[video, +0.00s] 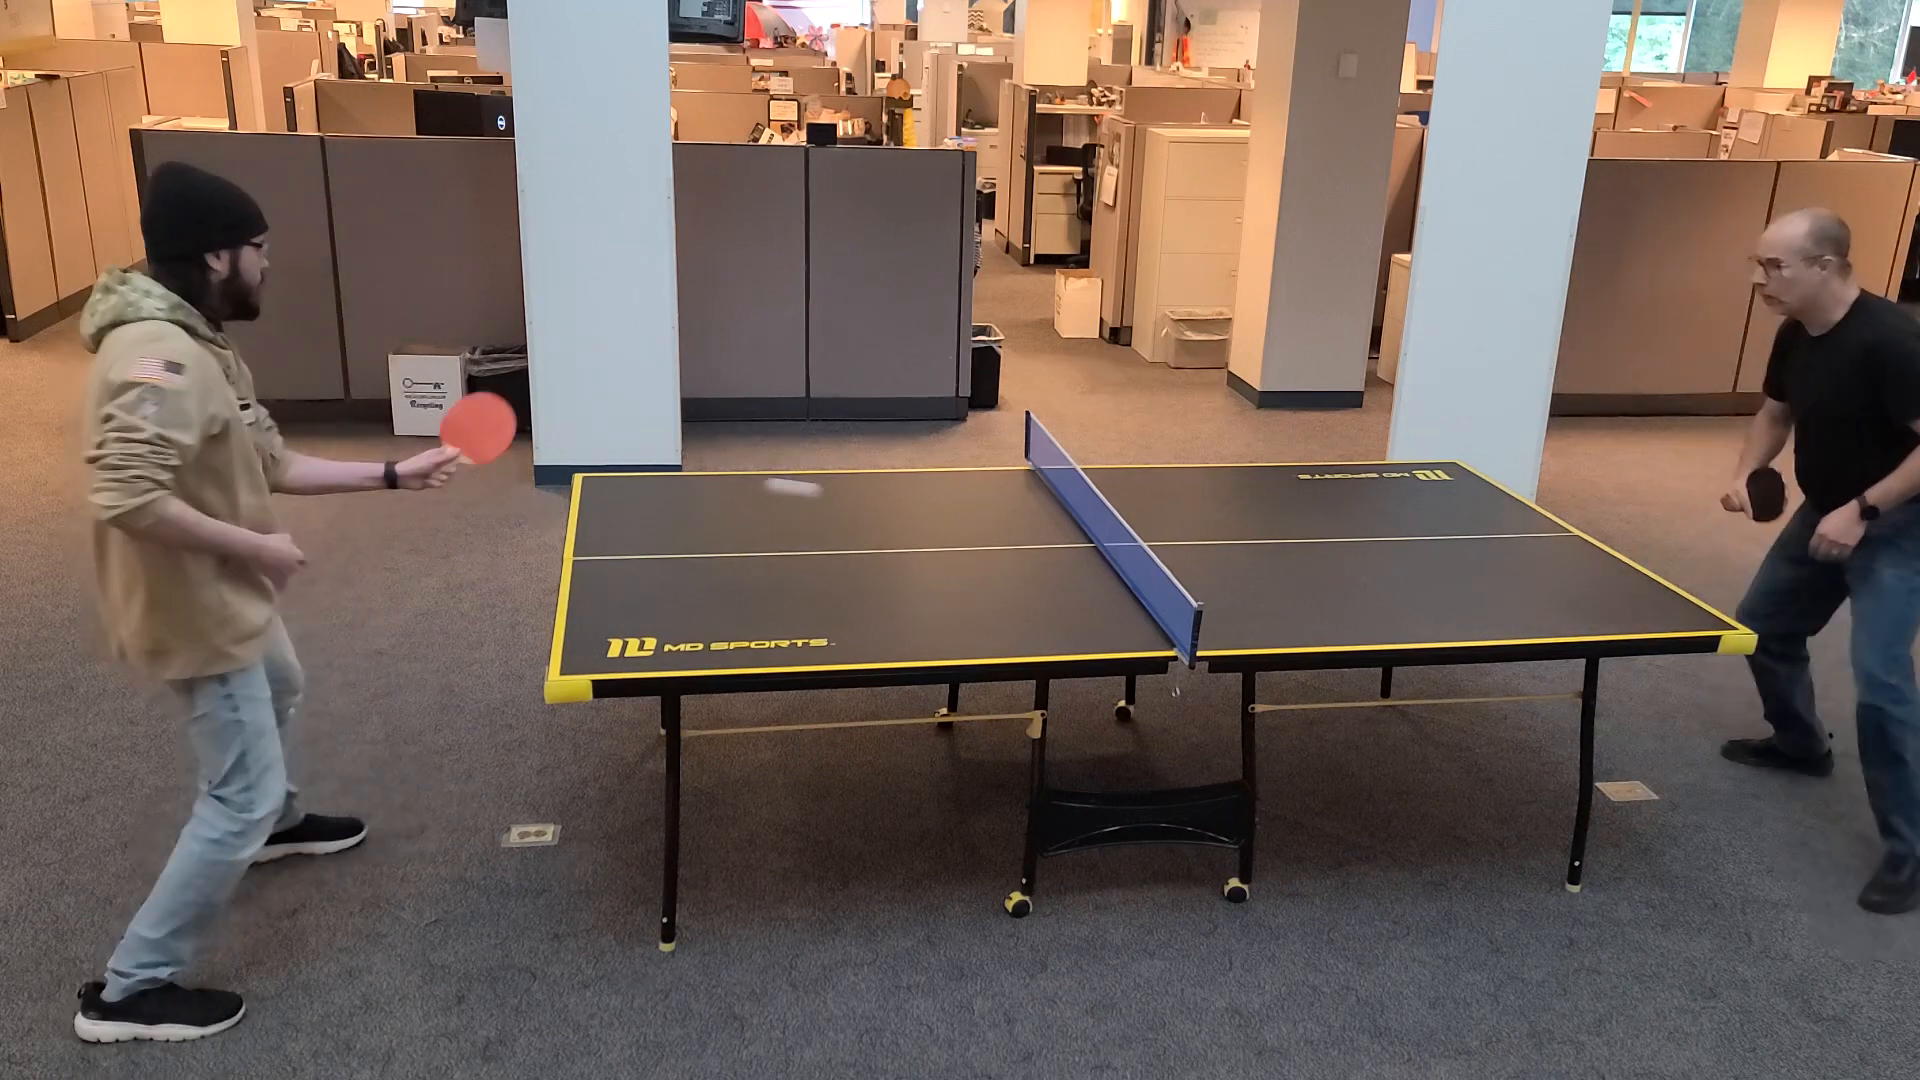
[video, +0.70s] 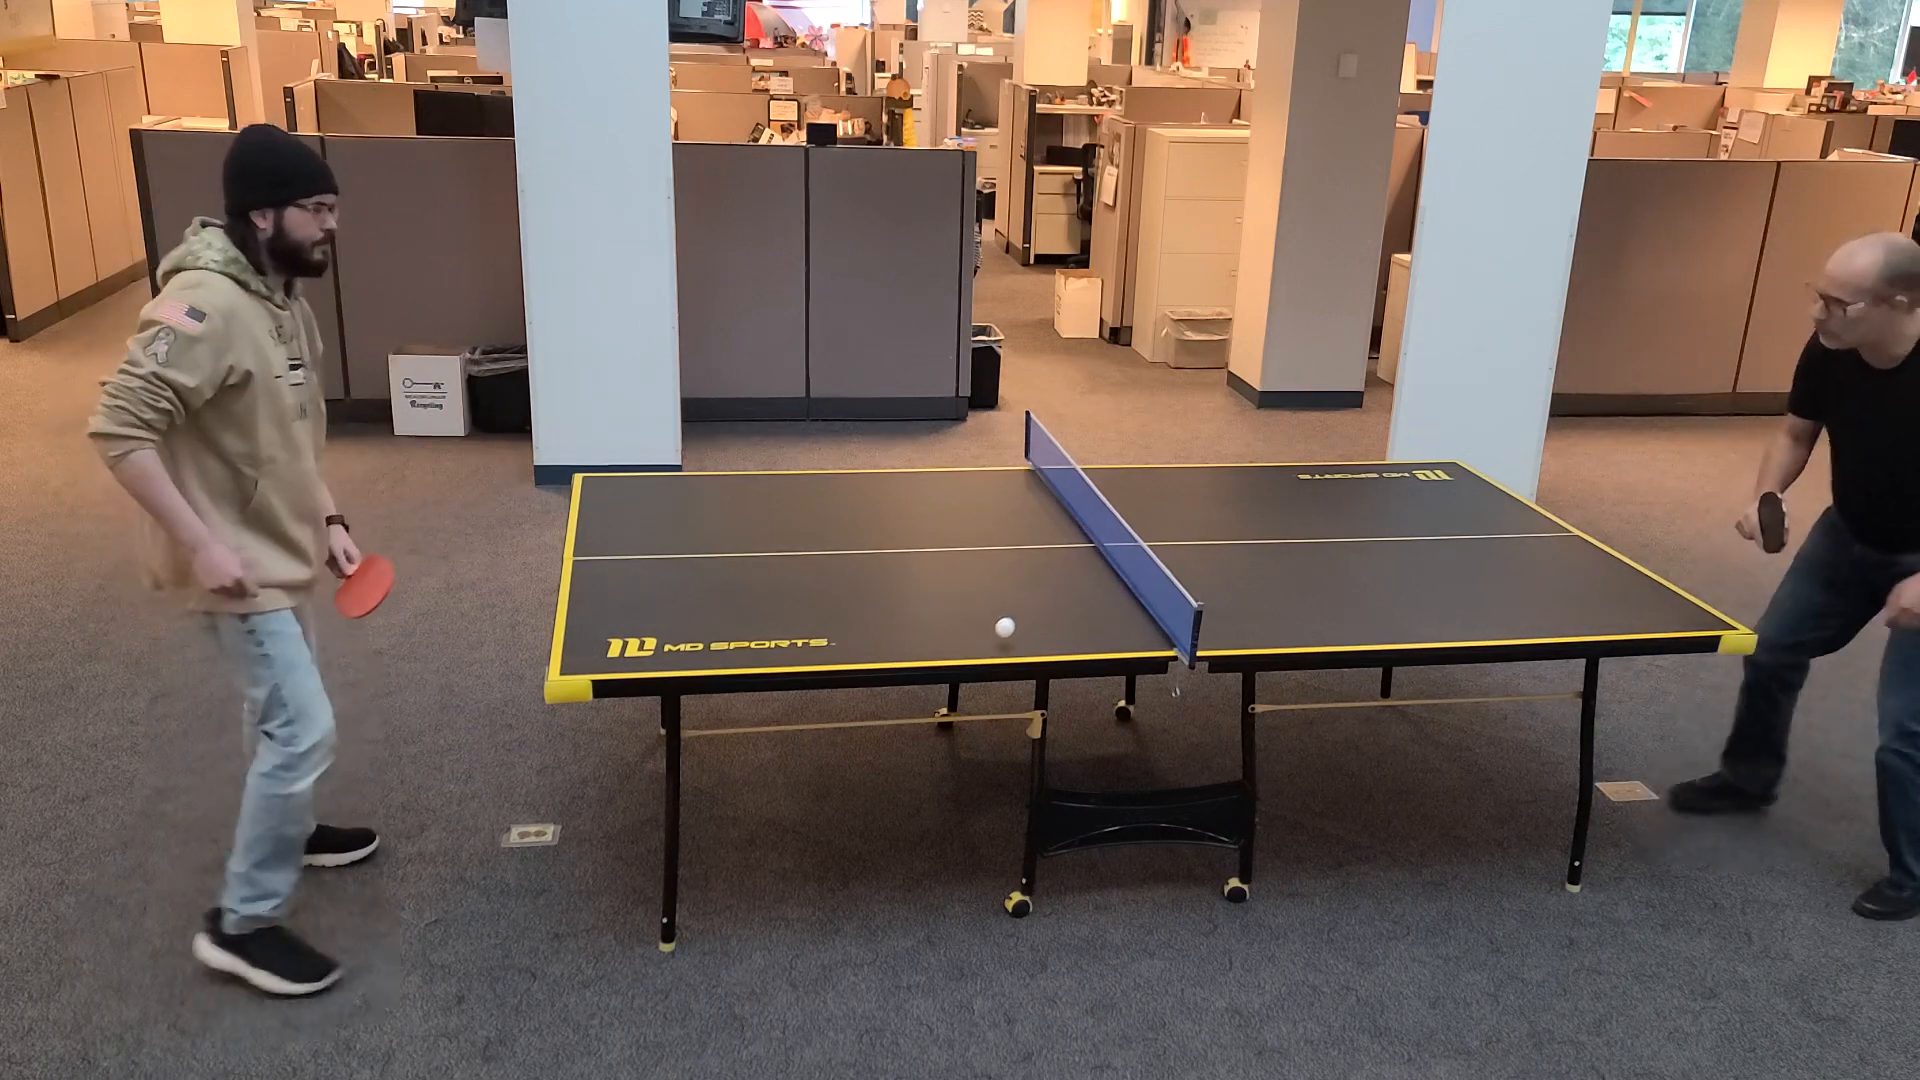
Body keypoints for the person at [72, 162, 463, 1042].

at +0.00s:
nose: (266, 264)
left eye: (262, 247)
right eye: (255, 248)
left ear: (200, 257)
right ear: (213, 257)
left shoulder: (202, 347)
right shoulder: (153, 355)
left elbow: (274, 467)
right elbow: (128, 496)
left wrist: (393, 471)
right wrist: (250, 544)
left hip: (231, 589)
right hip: (194, 610)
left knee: (278, 686)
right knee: (245, 796)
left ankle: (267, 818)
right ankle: (131, 985)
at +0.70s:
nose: (332, 223)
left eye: (331, 206)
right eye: (315, 208)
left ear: (283, 217)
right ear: (261, 217)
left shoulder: (280, 296)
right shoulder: (206, 304)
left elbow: (282, 434)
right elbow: (117, 430)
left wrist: (326, 518)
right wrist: (202, 546)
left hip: (279, 558)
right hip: (235, 572)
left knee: (289, 710)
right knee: (300, 735)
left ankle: (286, 834)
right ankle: (242, 922)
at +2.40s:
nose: (745, 772)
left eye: (757, 762)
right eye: (754, 760)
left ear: (722, 667)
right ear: (730, 746)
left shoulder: (652, 630)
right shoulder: (617, 793)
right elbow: (630, 958)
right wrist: (665, 1074)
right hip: (395, 795)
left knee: (614, 880)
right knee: (564, 957)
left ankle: (579, 1034)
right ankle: (490, 1073)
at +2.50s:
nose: (759, 732)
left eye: (771, 723)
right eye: (768, 724)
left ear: (733, 633)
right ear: (742, 720)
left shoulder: (646, 609)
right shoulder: (623, 766)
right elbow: (618, 927)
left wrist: (671, 785)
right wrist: (633, 1055)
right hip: (401, 784)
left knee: (599, 852)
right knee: (565, 954)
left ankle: (572, 1021)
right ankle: (489, 1072)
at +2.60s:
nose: (752, 674)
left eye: (765, 661)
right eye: (763, 660)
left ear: (720, 581)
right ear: (741, 652)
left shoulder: (652, 569)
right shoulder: (621, 699)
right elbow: (610, 876)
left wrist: (646, 738)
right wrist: (648, 982)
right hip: (412, 757)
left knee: (599, 838)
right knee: (553, 948)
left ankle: (576, 1023)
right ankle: (488, 1069)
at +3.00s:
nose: (703, 373)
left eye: (703, 355)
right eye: (695, 355)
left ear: (641, 356)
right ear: (644, 358)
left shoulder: (598, 426)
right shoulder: (537, 432)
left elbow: (574, 582)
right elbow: (620, 597)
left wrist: (601, 695)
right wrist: (748, 586)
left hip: (532, 666)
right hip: (445, 674)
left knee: (585, 835)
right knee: (503, 893)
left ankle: (567, 1025)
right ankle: (443, 1067)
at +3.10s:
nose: (664, 327)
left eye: (661, 309)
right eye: (653, 310)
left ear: (601, 319)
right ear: (601, 318)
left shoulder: (573, 398)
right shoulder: (496, 404)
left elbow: (573, 553)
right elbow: (541, 577)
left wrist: (597, 681)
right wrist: (682, 602)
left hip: (532, 660)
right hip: (446, 670)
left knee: (575, 840)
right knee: (488, 886)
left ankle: (567, 1024)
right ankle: (387, 1023)